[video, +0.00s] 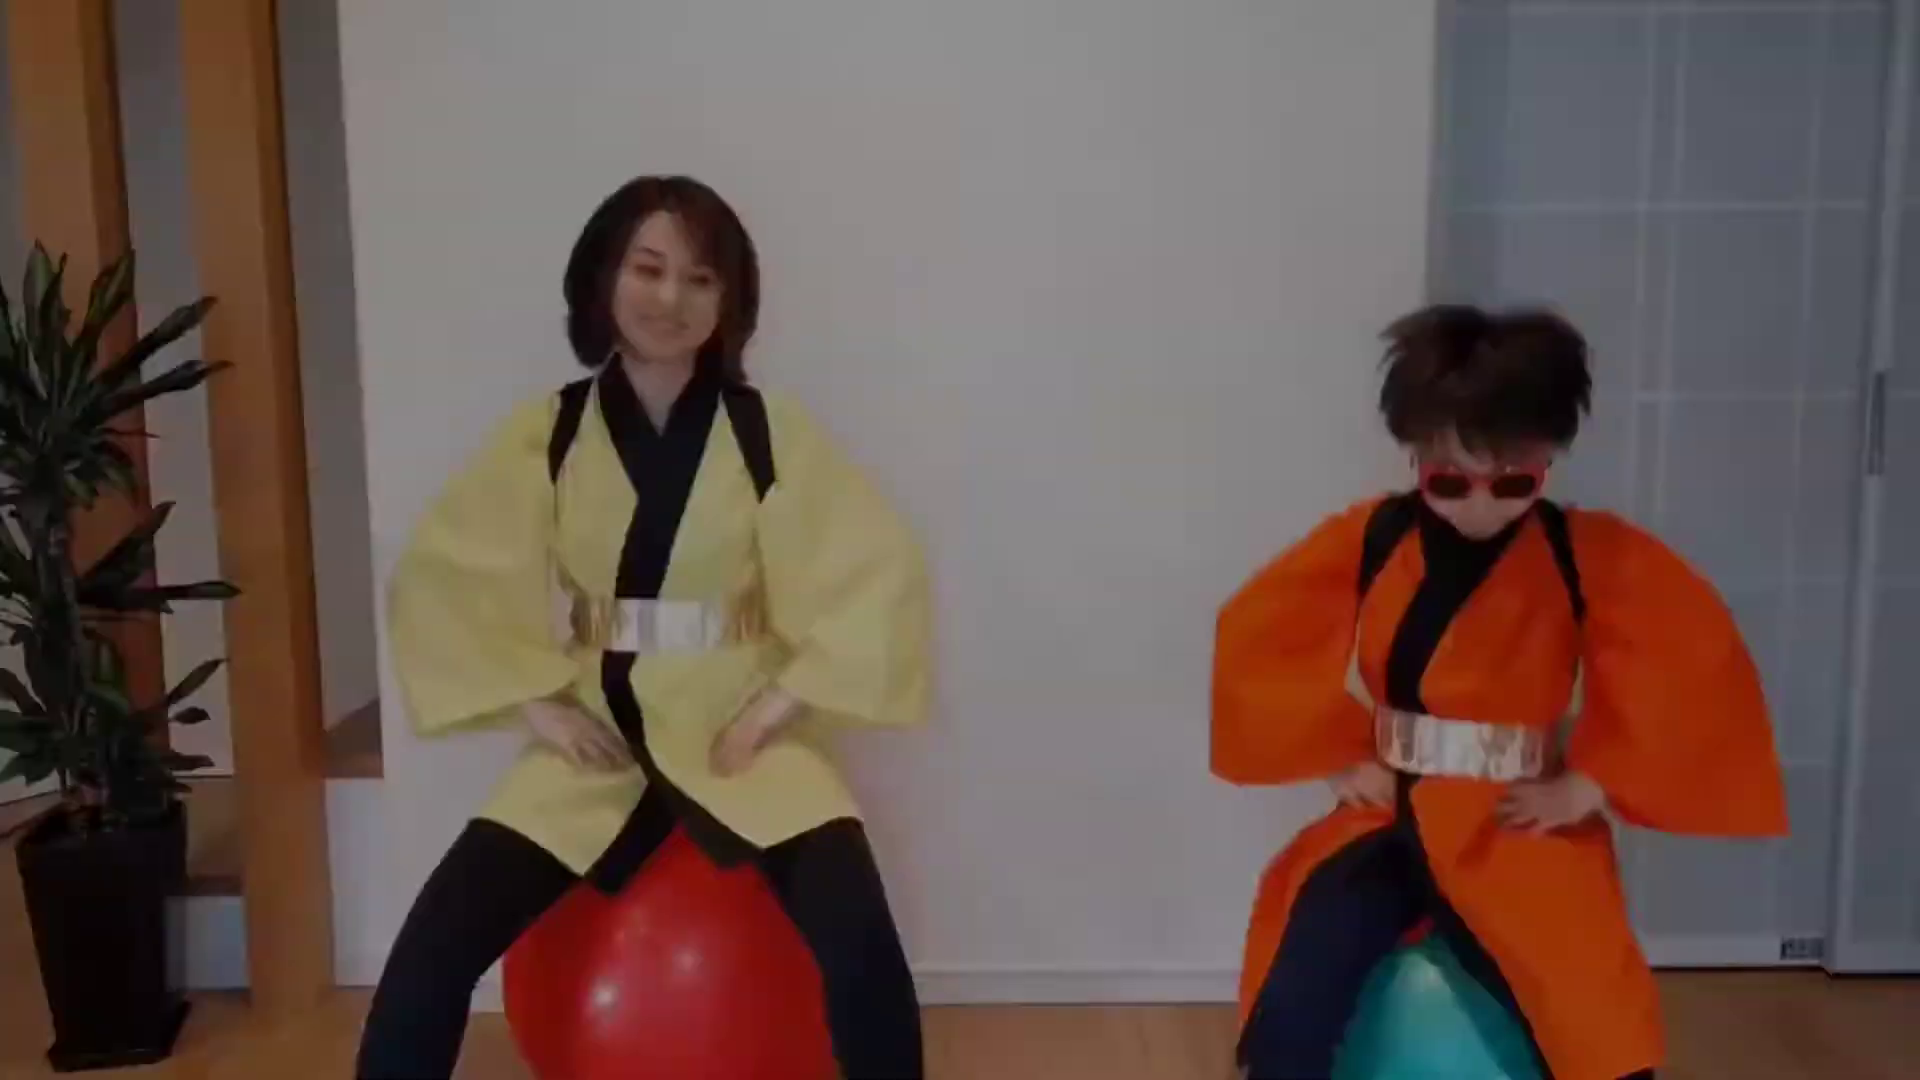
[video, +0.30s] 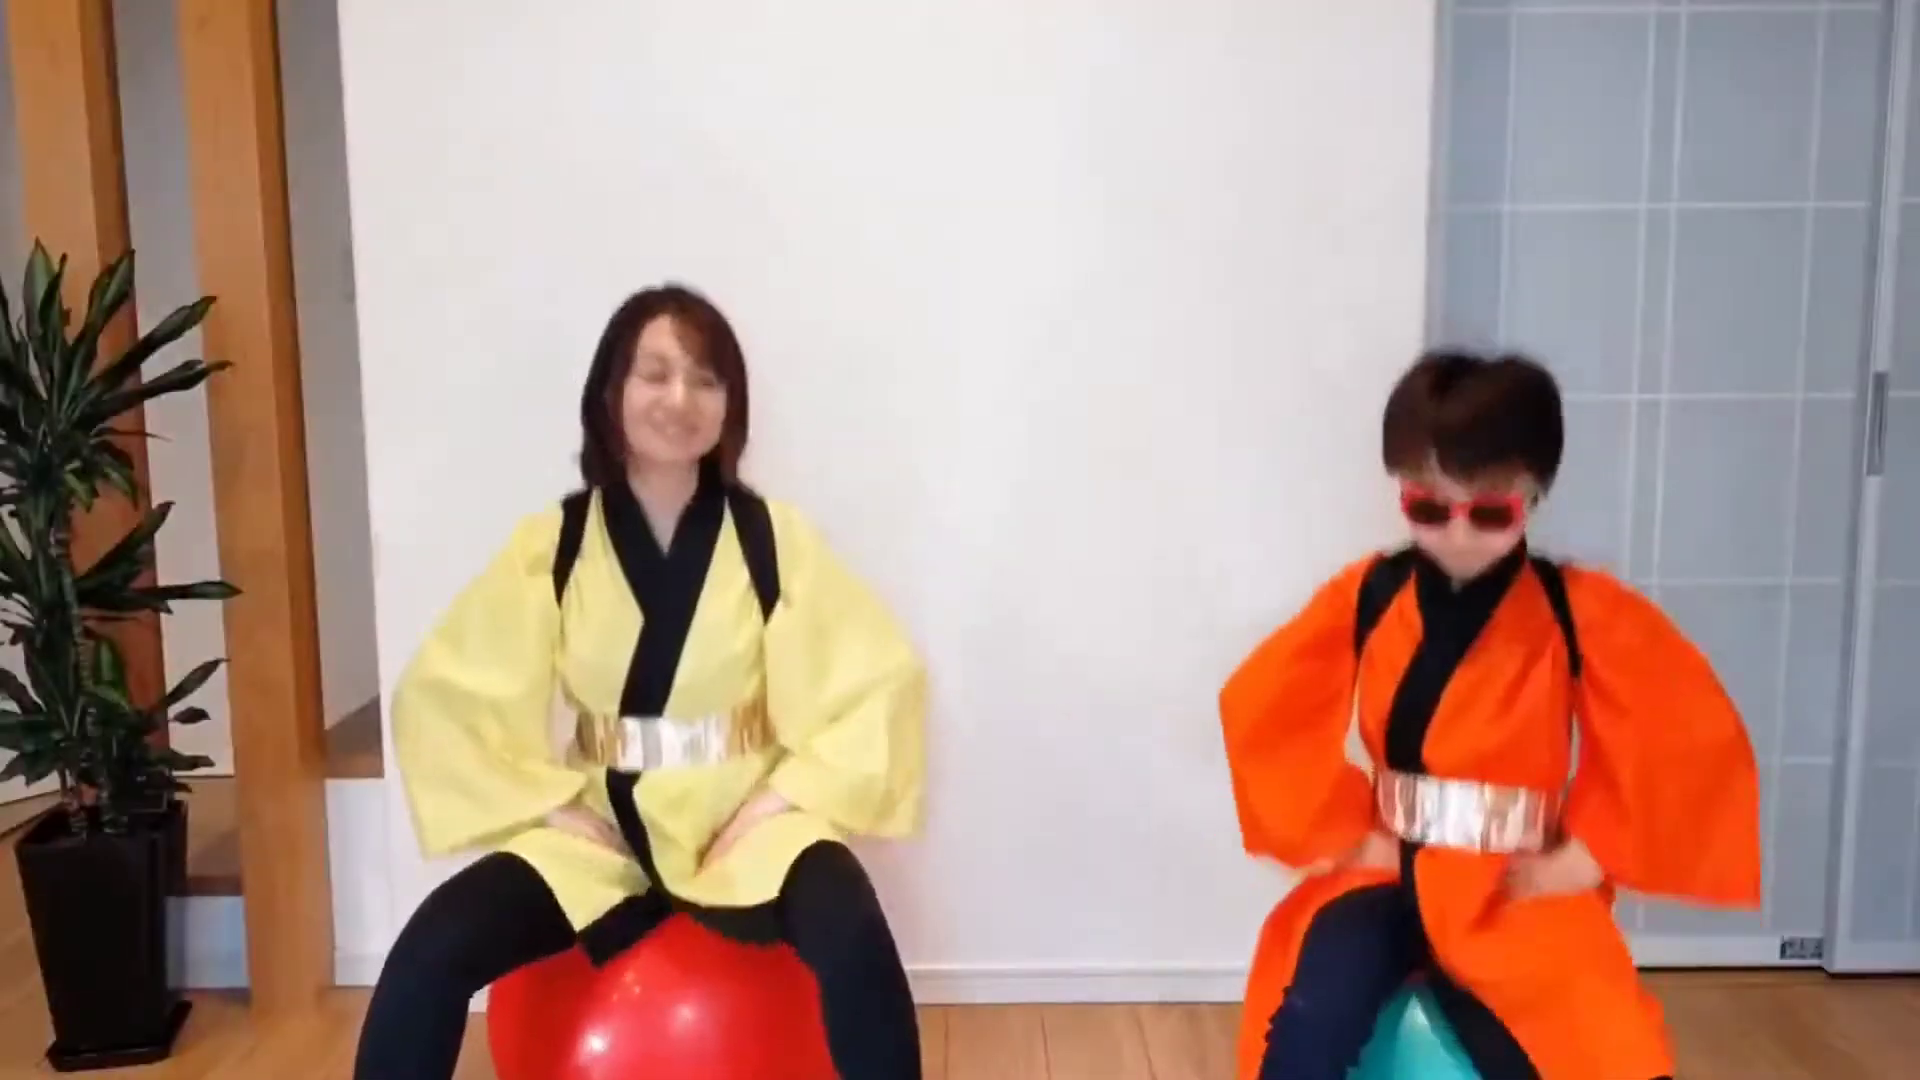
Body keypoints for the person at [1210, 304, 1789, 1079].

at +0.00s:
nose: (1478, 509)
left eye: (1511, 484)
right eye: (1448, 481)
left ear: (1552, 456)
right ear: (1411, 451)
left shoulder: (1592, 555)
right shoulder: (1370, 539)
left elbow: (1696, 670)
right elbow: (1255, 635)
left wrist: (1591, 782)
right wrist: (1338, 751)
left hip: (1524, 830)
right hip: (1385, 819)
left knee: (1601, 1009)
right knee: (1309, 945)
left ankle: (1614, 1070)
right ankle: (1276, 1064)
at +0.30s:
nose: (1458, 534)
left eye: (1490, 512)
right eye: (1429, 508)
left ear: (1535, 494)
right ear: (1398, 490)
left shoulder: (1582, 610)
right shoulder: (1371, 593)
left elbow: (1697, 743)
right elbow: (1258, 708)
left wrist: (1586, 858)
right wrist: (1344, 830)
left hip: (1521, 890)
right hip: (1384, 874)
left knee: (1600, 1054)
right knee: (1312, 1017)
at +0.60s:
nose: (1466, 520)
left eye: (1497, 499)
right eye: (1438, 496)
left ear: (1536, 502)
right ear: (1402, 496)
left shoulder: (1576, 623)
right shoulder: (1362, 612)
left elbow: (1684, 745)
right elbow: (1257, 721)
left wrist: (1584, 860)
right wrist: (1351, 830)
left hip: (1516, 897)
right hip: (1385, 884)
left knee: (1595, 1041)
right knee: (1338, 958)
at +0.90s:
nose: (1467, 459)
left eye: (1500, 436)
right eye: (1439, 432)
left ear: (1539, 426)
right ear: (1403, 418)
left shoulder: (1585, 537)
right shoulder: (1365, 533)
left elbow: (1700, 659)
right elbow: (1266, 660)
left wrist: (1599, 774)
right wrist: (1348, 769)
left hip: (1528, 834)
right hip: (1393, 823)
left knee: (1547, 1037)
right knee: (1322, 997)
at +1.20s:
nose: (1469, 562)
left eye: (1501, 540)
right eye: (1440, 537)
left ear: (1538, 552)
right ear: (1404, 545)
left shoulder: (1578, 675)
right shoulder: (1365, 661)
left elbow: (1697, 797)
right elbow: (1253, 763)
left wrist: (1596, 898)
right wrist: (1351, 858)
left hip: (1520, 936)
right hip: (1384, 920)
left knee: (1593, 1054)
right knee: (1323, 1007)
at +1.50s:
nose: (1471, 415)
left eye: (1505, 390)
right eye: (1443, 387)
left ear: (1543, 409)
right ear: (1407, 397)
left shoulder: (1582, 525)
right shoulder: (1363, 517)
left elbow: (1702, 642)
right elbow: (1256, 630)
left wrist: (1597, 756)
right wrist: (1341, 743)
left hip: (1529, 820)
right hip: (1392, 813)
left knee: (1595, 1030)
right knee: (1307, 994)